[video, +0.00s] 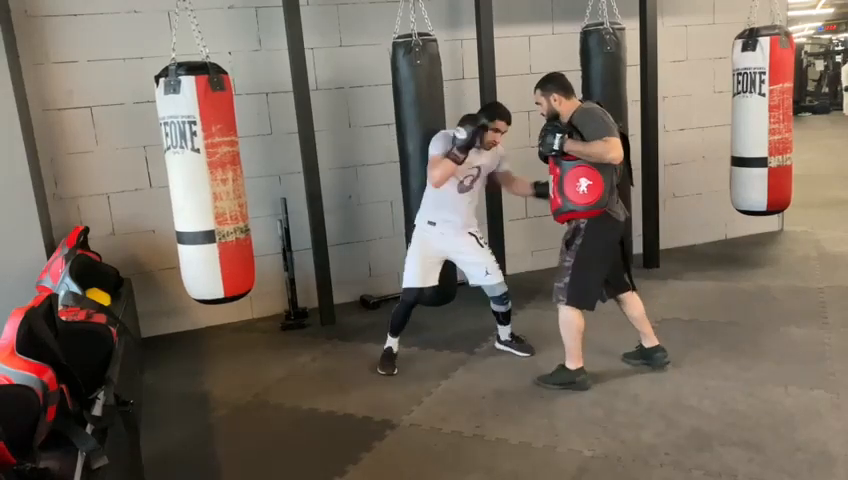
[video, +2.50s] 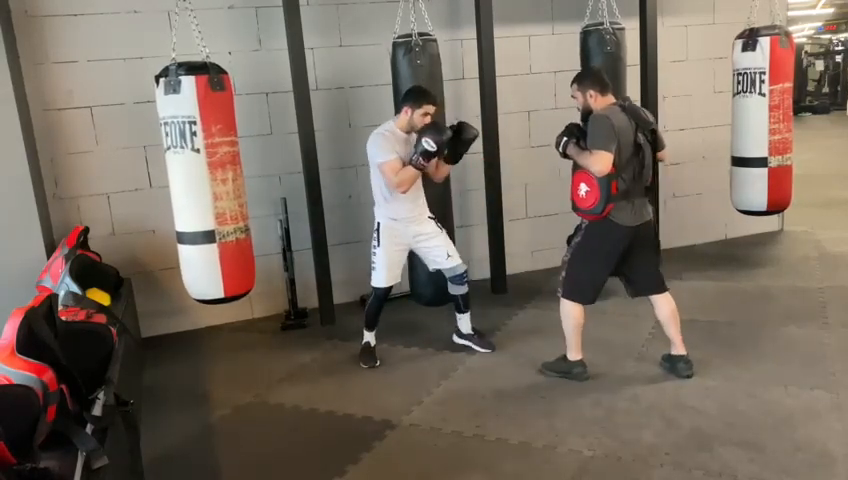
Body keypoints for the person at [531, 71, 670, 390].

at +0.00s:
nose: (540, 111)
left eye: (540, 103)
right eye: (538, 104)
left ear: (554, 98)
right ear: (560, 97)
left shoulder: (588, 114)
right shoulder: (576, 123)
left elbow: (614, 152)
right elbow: (582, 178)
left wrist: (566, 144)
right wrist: (537, 189)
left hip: (594, 220)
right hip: (605, 218)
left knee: (568, 293)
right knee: (619, 285)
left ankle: (573, 368)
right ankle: (652, 346)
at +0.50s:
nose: (580, 112)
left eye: (580, 106)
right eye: (577, 106)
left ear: (592, 100)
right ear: (605, 95)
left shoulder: (607, 120)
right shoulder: (635, 114)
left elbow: (601, 161)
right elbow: (633, 162)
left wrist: (569, 144)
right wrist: (586, 161)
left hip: (622, 223)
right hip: (654, 219)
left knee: (588, 294)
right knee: (658, 288)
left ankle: (577, 368)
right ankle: (676, 353)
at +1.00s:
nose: (577, 108)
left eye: (577, 101)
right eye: (575, 102)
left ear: (591, 96)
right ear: (602, 93)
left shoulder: (606, 119)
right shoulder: (634, 111)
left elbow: (613, 161)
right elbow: (663, 147)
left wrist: (578, 150)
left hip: (615, 222)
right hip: (646, 220)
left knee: (583, 288)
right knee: (652, 285)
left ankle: (570, 358)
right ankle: (674, 352)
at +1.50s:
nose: (550, 109)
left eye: (550, 102)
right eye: (549, 103)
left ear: (561, 97)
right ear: (578, 92)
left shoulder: (570, 123)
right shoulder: (616, 109)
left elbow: (568, 170)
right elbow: (648, 144)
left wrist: (547, 156)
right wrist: (613, 146)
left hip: (592, 222)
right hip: (628, 217)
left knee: (568, 288)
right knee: (641, 277)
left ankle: (569, 359)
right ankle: (668, 340)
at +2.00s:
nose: (594, 101)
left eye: (594, 95)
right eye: (591, 96)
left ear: (609, 90)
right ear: (624, 87)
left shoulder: (619, 115)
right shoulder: (653, 107)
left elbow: (620, 158)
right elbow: (679, 147)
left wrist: (587, 144)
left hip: (629, 222)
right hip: (661, 221)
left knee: (593, 286)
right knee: (666, 289)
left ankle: (578, 357)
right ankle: (683, 357)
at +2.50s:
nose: (576, 104)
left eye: (577, 97)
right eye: (575, 97)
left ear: (592, 94)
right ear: (605, 91)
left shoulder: (600, 119)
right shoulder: (636, 112)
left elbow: (601, 164)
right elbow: (661, 154)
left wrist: (572, 149)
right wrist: (621, 148)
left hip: (607, 225)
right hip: (642, 223)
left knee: (572, 290)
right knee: (655, 287)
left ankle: (573, 359)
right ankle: (680, 355)